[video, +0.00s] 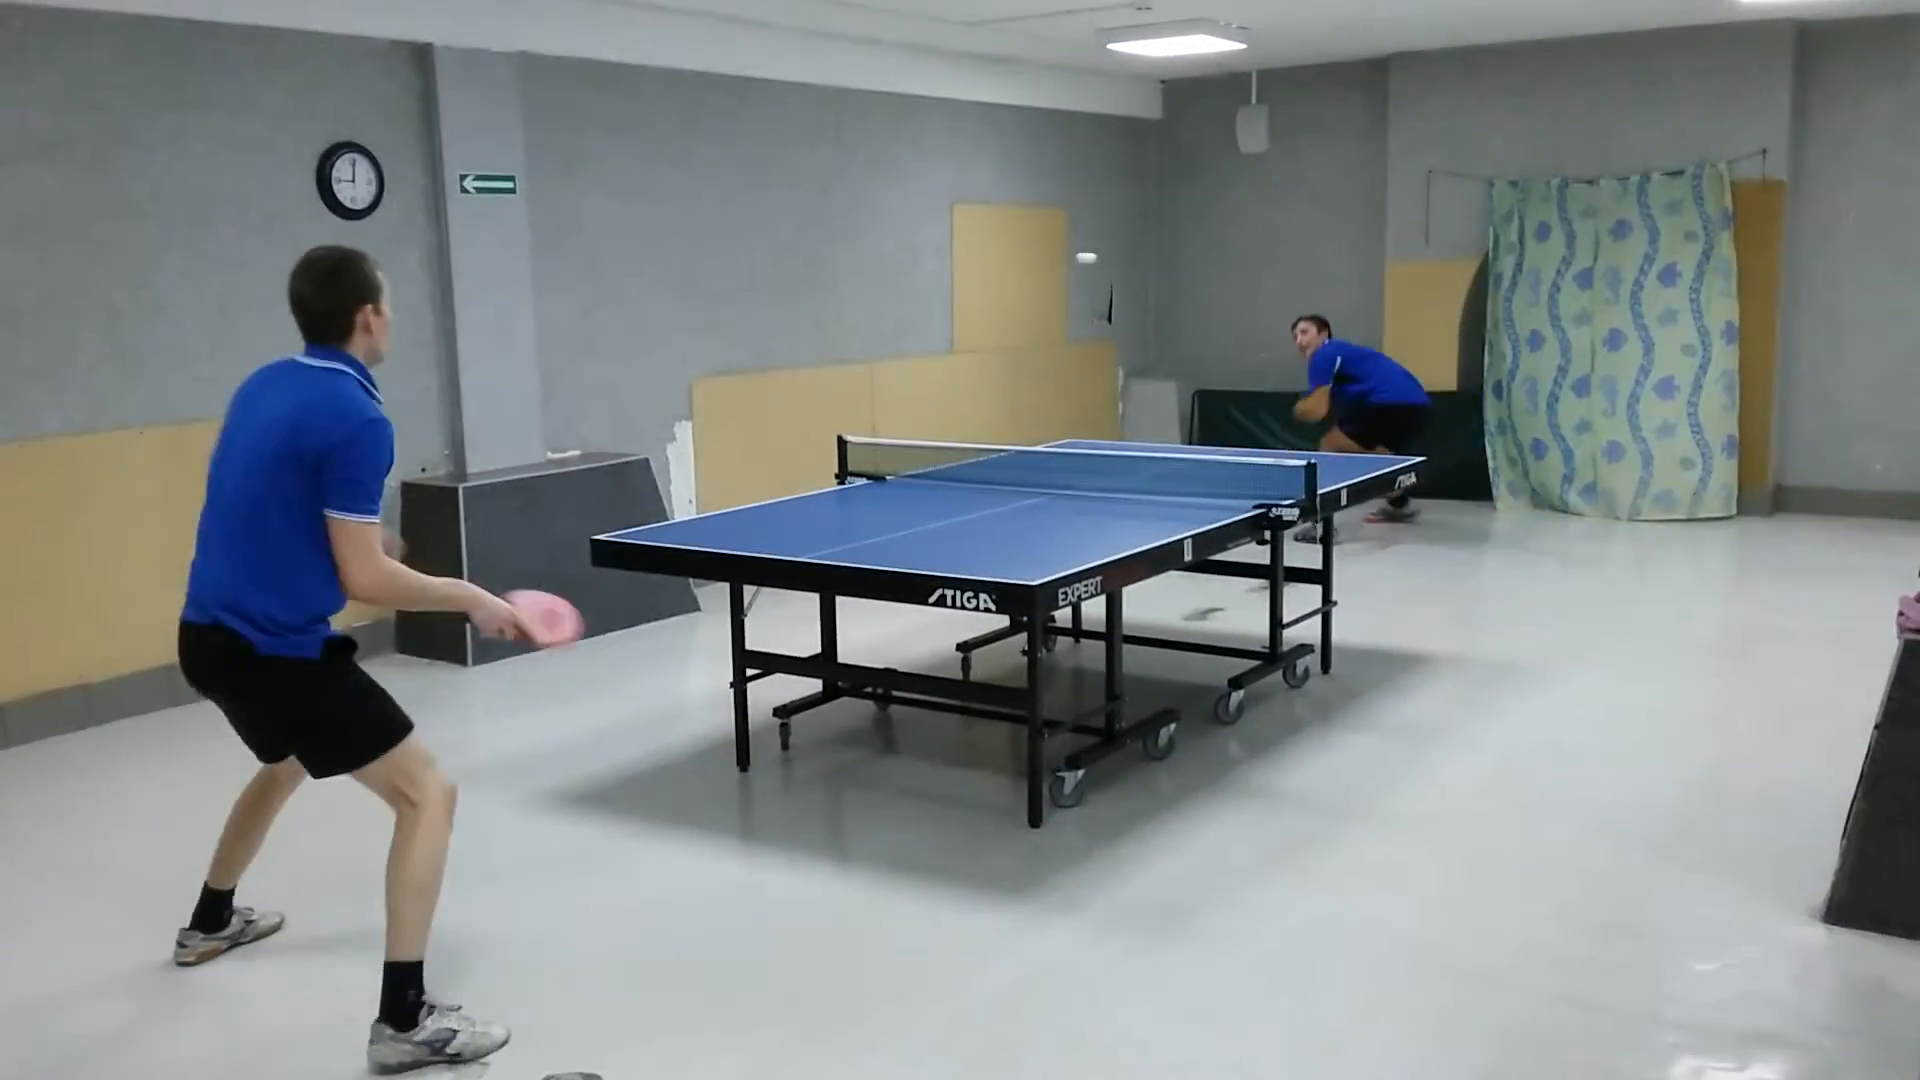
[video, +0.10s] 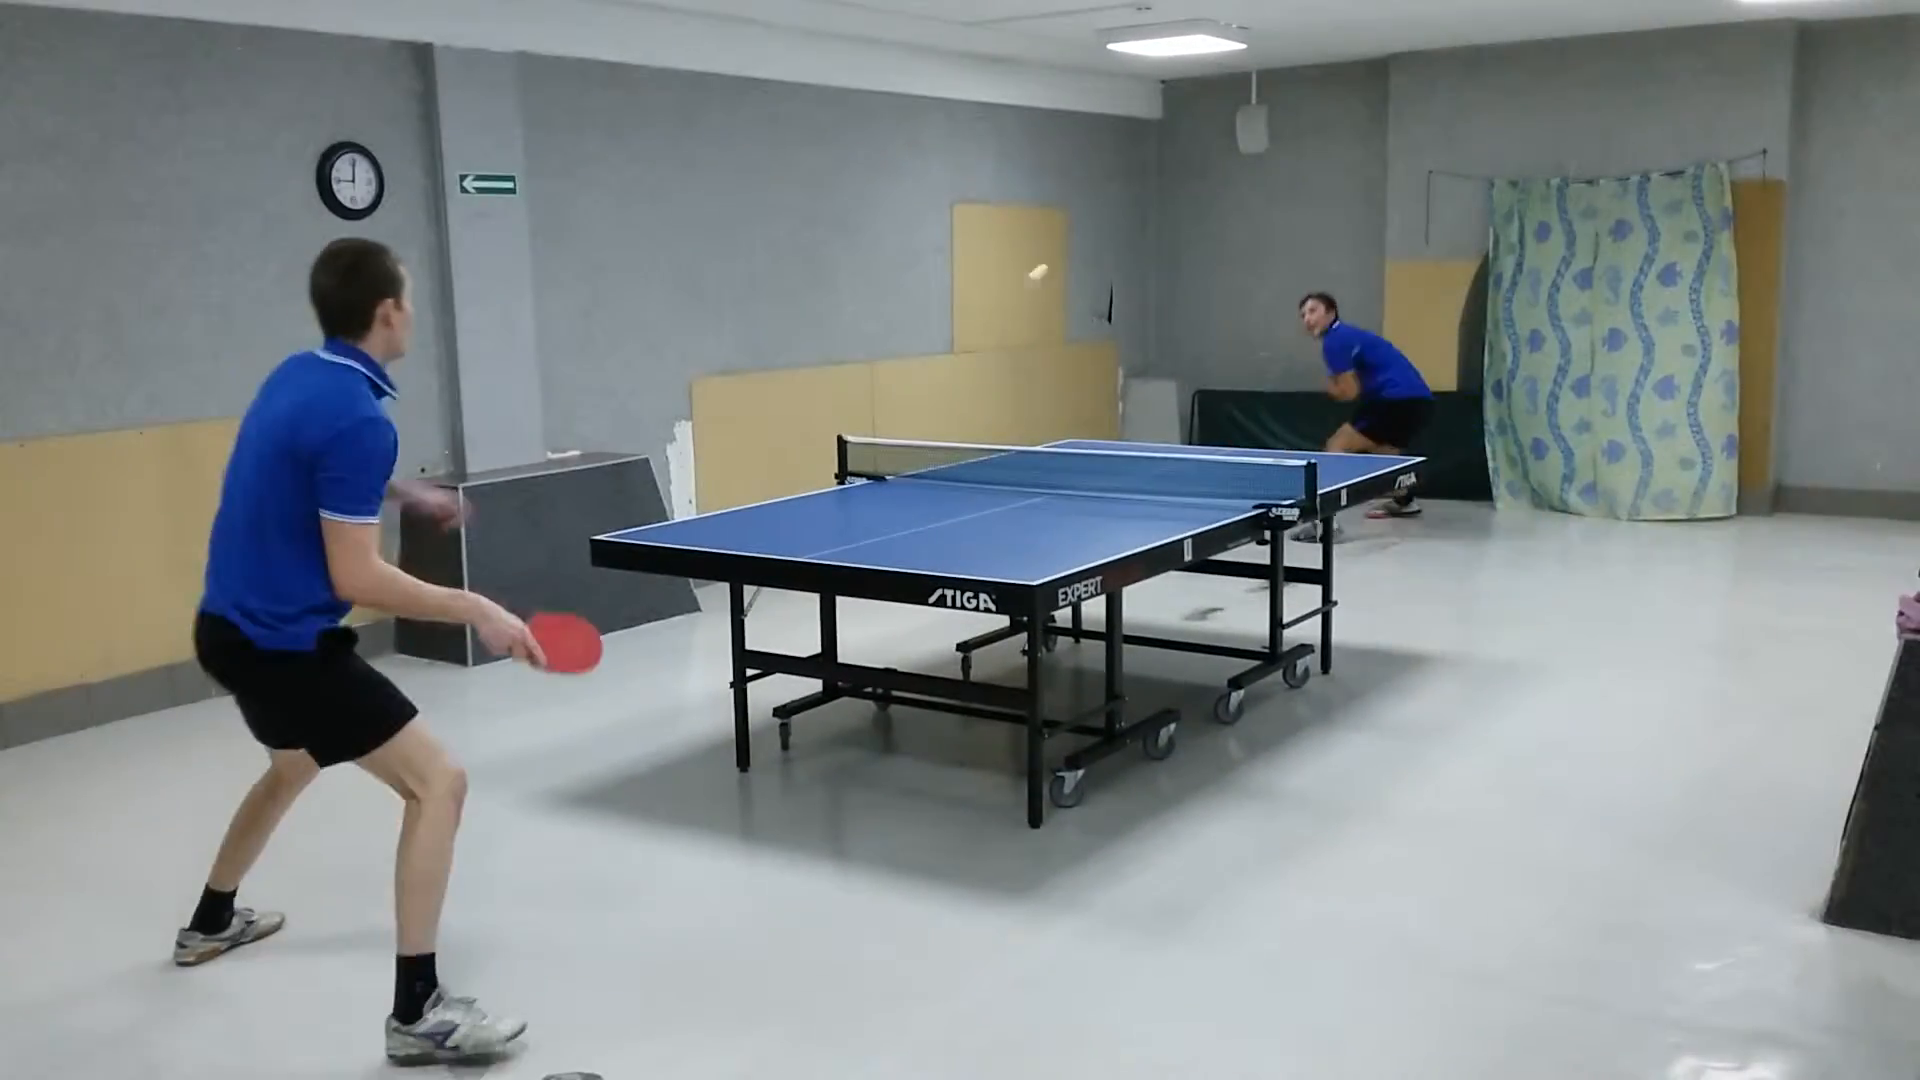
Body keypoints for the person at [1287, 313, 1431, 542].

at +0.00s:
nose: (1299, 340)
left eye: (1304, 332)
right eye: (1296, 336)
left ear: (1324, 333)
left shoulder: (1324, 353)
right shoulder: (1347, 350)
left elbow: (1317, 410)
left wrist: (1299, 409)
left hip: (1387, 406)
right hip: (1417, 405)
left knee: (1329, 448)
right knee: (1376, 451)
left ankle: (1321, 523)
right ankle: (1398, 503)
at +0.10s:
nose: (1307, 318)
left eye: (1313, 311)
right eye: (1304, 314)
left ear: (1330, 312)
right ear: (1303, 320)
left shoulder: (1335, 339)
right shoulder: (1348, 332)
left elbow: (1349, 391)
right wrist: (1339, 386)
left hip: (1395, 401)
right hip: (1416, 399)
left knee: (1336, 447)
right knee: (1376, 444)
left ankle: (1323, 522)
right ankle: (1404, 499)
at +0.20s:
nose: (1322, 296)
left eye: (1328, 289)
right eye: (1318, 292)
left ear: (1343, 292)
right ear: (1316, 297)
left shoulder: (1357, 316)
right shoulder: (1346, 323)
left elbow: (1384, 360)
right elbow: (1377, 360)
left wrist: (1359, 380)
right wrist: (1362, 380)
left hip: (1415, 383)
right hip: (1402, 384)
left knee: (1367, 443)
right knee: (1377, 444)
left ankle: (1348, 518)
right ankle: (1403, 498)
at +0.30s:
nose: (1342, 271)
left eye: (1348, 265)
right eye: (1336, 266)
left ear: (1362, 268)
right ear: (1333, 272)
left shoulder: (1376, 292)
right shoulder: (1350, 307)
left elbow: (1412, 331)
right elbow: (1382, 342)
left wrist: (1378, 365)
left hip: (1423, 370)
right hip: (1398, 372)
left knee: (1383, 429)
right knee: (1375, 437)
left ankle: (1404, 504)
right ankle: (1399, 498)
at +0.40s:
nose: (1362, 257)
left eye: (1370, 251)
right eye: (1357, 251)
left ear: (1383, 256)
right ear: (1353, 258)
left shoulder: (1398, 281)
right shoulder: (1361, 294)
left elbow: (1434, 321)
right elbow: (1372, 334)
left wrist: (1399, 356)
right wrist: (1359, 372)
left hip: (1428, 365)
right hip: (1397, 366)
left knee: (1410, 436)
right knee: (1374, 433)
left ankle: (1454, 502)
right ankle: (1392, 491)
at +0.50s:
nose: (1381, 258)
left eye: (1388, 253)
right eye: (1376, 253)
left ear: (1401, 258)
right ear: (1371, 259)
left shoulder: (1418, 287)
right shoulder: (1369, 296)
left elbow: (1453, 326)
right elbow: (1366, 336)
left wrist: (1423, 360)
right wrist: (1341, 369)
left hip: (1432, 379)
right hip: (1394, 380)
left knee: (1431, 443)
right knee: (1373, 441)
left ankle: (1474, 505)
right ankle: (1377, 495)